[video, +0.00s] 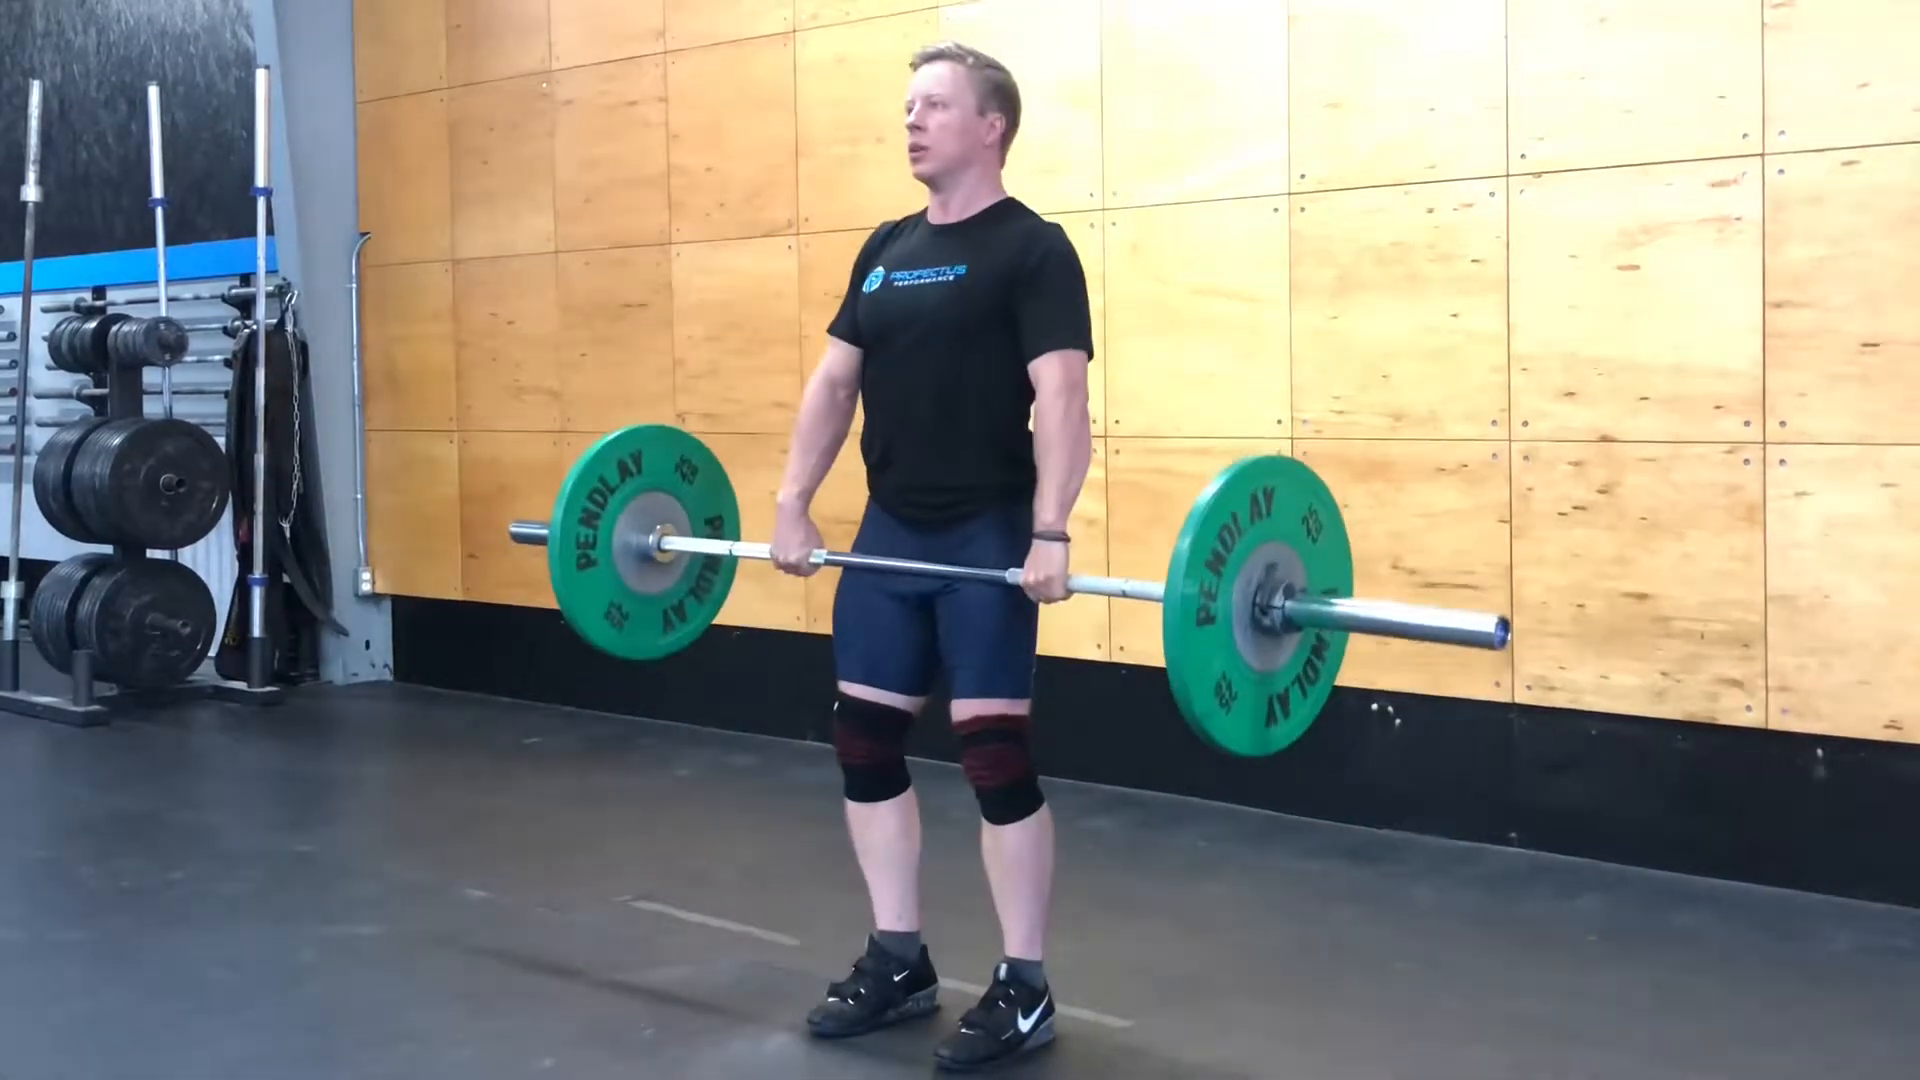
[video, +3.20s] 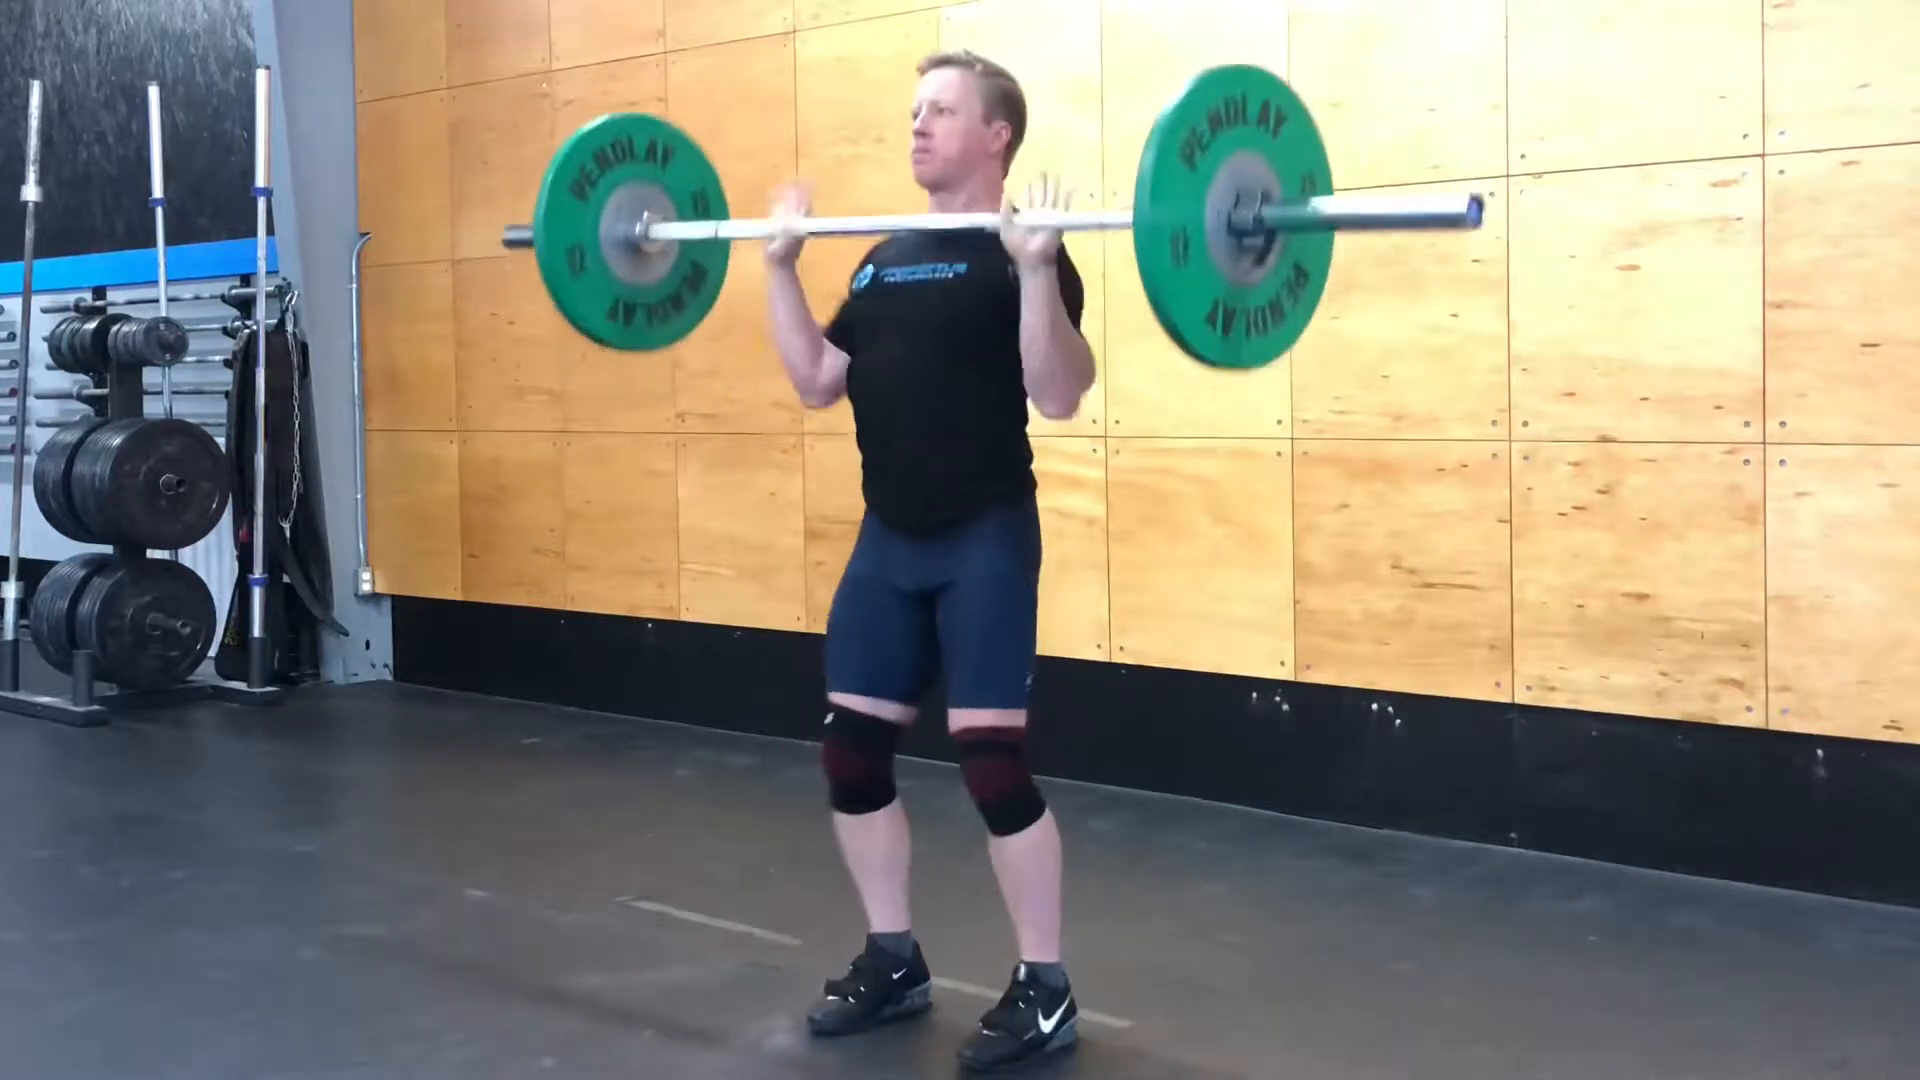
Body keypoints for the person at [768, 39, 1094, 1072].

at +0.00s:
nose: (911, 122)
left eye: (932, 108)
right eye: (909, 108)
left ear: (992, 127)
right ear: (917, 129)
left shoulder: (1033, 247)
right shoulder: (884, 250)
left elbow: (1062, 395)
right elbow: (834, 382)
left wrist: (1050, 529)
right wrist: (792, 499)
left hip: (992, 532)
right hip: (889, 526)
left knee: (994, 754)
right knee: (865, 738)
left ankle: (1024, 987)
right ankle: (897, 962)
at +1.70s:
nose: (976, 118)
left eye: (999, 107)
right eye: (975, 104)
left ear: (1055, 133)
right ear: (971, 127)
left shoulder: (1067, 228)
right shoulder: (924, 223)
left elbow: (1067, 342)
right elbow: (840, 330)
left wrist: (1020, 455)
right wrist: (769, 431)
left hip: (985, 515)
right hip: (887, 512)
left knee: (983, 731)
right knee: (859, 724)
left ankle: (1017, 974)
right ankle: (881, 944)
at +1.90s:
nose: (900, 200)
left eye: (922, 186)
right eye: (901, 185)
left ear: (981, 209)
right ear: (911, 210)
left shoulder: (1032, 321)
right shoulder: (888, 326)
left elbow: (1106, 459)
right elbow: (876, 449)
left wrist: (1044, 387)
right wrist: (799, 386)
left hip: (1036, 589)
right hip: (938, 589)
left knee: (1000, 772)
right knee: (816, 752)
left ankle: (1055, 990)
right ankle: (882, 959)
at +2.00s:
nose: (903, 244)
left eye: (926, 231)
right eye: (903, 230)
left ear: (984, 255)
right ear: (909, 255)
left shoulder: (1020, 382)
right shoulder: (874, 379)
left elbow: (985, 515)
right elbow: (768, 487)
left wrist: (1008, 379)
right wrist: (766, 362)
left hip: (1046, 621)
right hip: (945, 625)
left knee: (1021, 786)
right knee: (804, 761)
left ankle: (1056, 993)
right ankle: (882, 960)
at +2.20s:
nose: (908, 375)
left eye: (928, 359)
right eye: (906, 359)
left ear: (987, 377)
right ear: (903, 372)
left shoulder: (1020, 496)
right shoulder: (873, 486)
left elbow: (943, 558)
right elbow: (735, 516)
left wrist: (992, 443)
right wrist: (779, 433)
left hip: (1059, 717)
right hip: (955, 716)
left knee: (1040, 800)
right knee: (794, 768)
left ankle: (1058, 993)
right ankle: (881, 959)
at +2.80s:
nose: (904, 253)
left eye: (926, 239)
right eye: (904, 237)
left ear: (983, 259)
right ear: (904, 253)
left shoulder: (1010, 374)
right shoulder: (859, 375)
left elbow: (945, 449)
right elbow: (726, 419)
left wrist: (978, 329)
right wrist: (771, 325)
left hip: (1026, 628)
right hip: (924, 634)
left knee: (1018, 796)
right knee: (779, 769)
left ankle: (1056, 994)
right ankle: (880, 959)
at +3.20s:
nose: (918, 128)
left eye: (940, 114)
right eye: (916, 114)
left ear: (997, 137)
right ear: (923, 136)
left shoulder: (1032, 252)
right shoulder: (887, 256)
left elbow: (1059, 396)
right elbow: (818, 380)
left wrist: (1037, 270)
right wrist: (779, 267)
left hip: (987, 537)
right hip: (888, 536)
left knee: (992, 766)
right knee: (853, 753)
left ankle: (1044, 990)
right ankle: (892, 964)